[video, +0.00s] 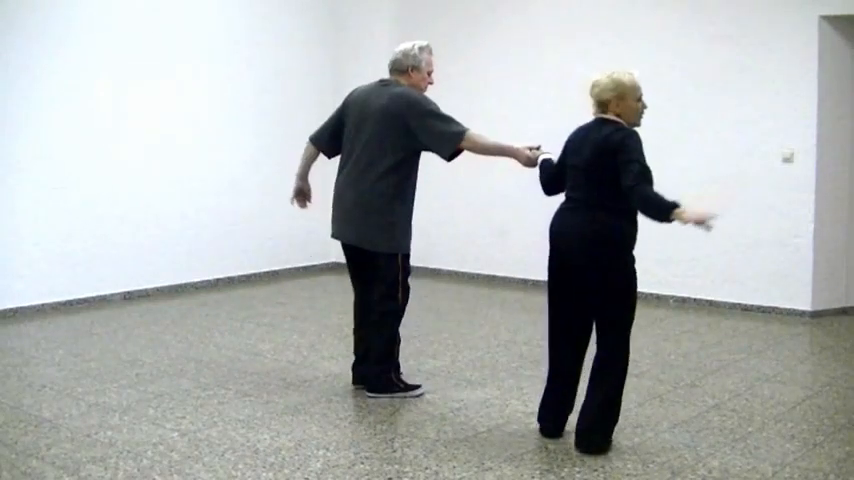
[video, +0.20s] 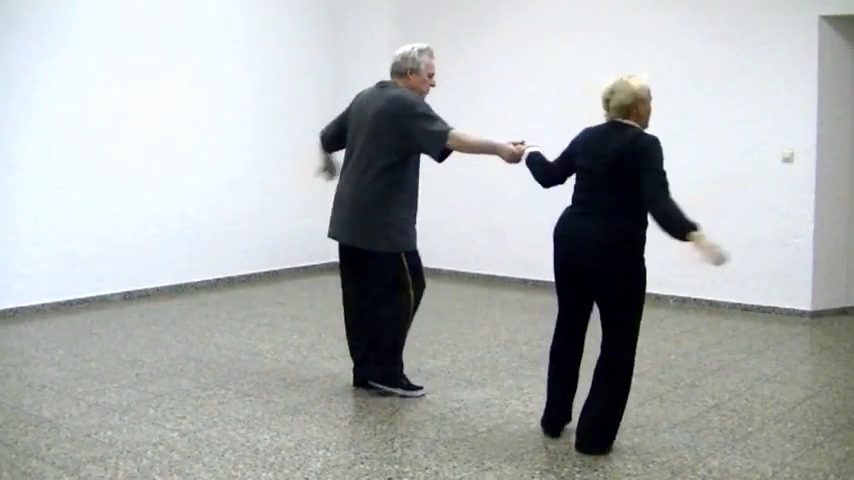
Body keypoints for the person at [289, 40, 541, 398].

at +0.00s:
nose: (431, 80)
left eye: (432, 73)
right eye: (428, 73)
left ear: (399, 71)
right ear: (411, 70)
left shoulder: (360, 96)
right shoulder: (411, 103)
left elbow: (317, 141)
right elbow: (465, 140)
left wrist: (301, 178)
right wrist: (516, 151)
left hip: (349, 218)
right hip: (384, 223)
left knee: (368, 295)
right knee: (391, 297)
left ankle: (366, 371)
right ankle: (382, 378)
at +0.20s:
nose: (433, 82)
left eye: (433, 75)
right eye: (429, 75)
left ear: (403, 74)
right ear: (410, 74)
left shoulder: (366, 99)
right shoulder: (408, 105)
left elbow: (327, 139)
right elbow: (452, 140)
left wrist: (328, 165)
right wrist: (499, 148)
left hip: (350, 219)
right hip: (385, 223)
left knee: (361, 294)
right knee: (409, 286)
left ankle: (365, 371)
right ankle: (386, 372)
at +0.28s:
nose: (436, 82)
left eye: (436, 75)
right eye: (431, 74)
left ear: (405, 74)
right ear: (411, 73)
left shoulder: (375, 98)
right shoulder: (403, 103)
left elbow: (347, 140)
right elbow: (435, 145)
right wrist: (487, 151)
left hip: (360, 217)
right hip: (389, 221)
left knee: (369, 292)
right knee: (419, 285)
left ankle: (368, 369)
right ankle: (402, 369)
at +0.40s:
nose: (443, 82)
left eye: (444, 75)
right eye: (438, 74)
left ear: (417, 75)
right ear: (414, 73)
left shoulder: (408, 102)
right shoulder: (400, 103)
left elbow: (418, 153)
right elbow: (415, 155)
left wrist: (459, 165)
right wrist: (466, 162)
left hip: (395, 219)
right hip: (394, 221)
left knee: (385, 296)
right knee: (427, 288)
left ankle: (367, 369)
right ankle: (446, 373)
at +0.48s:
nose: (451, 82)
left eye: (452, 75)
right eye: (445, 75)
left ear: (428, 76)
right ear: (419, 74)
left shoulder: (421, 106)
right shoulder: (403, 106)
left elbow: (432, 153)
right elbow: (407, 165)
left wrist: (460, 164)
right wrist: (455, 173)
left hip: (416, 226)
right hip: (402, 227)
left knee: (399, 299)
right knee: (437, 297)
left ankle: (368, 368)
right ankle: (474, 377)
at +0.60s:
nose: (467, 82)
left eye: (468, 75)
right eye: (461, 75)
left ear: (450, 77)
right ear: (436, 76)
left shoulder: (448, 108)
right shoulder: (415, 111)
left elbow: (454, 160)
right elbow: (401, 170)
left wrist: (488, 174)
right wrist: (441, 189)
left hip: (445, 227)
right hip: (423, 231)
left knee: (425, 298)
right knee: (457, 298)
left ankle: (381, 352)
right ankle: (479, 382)